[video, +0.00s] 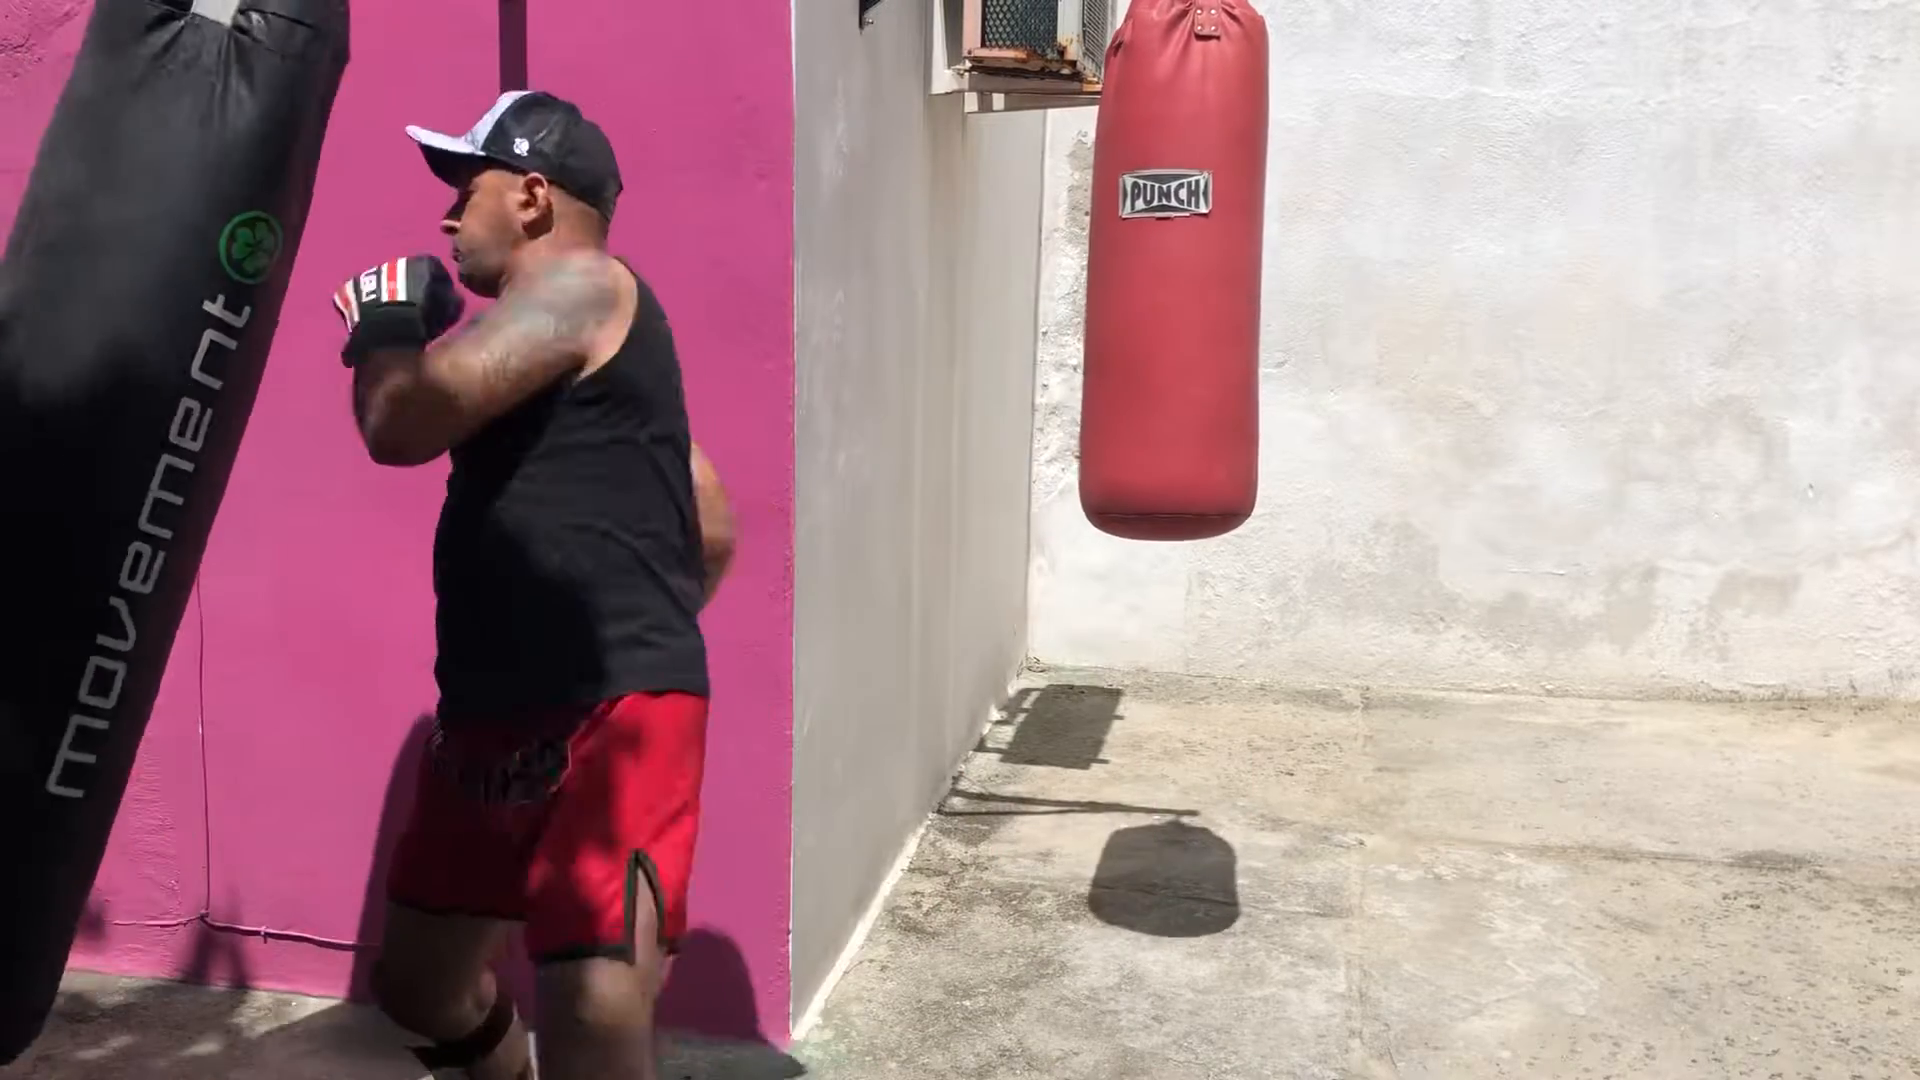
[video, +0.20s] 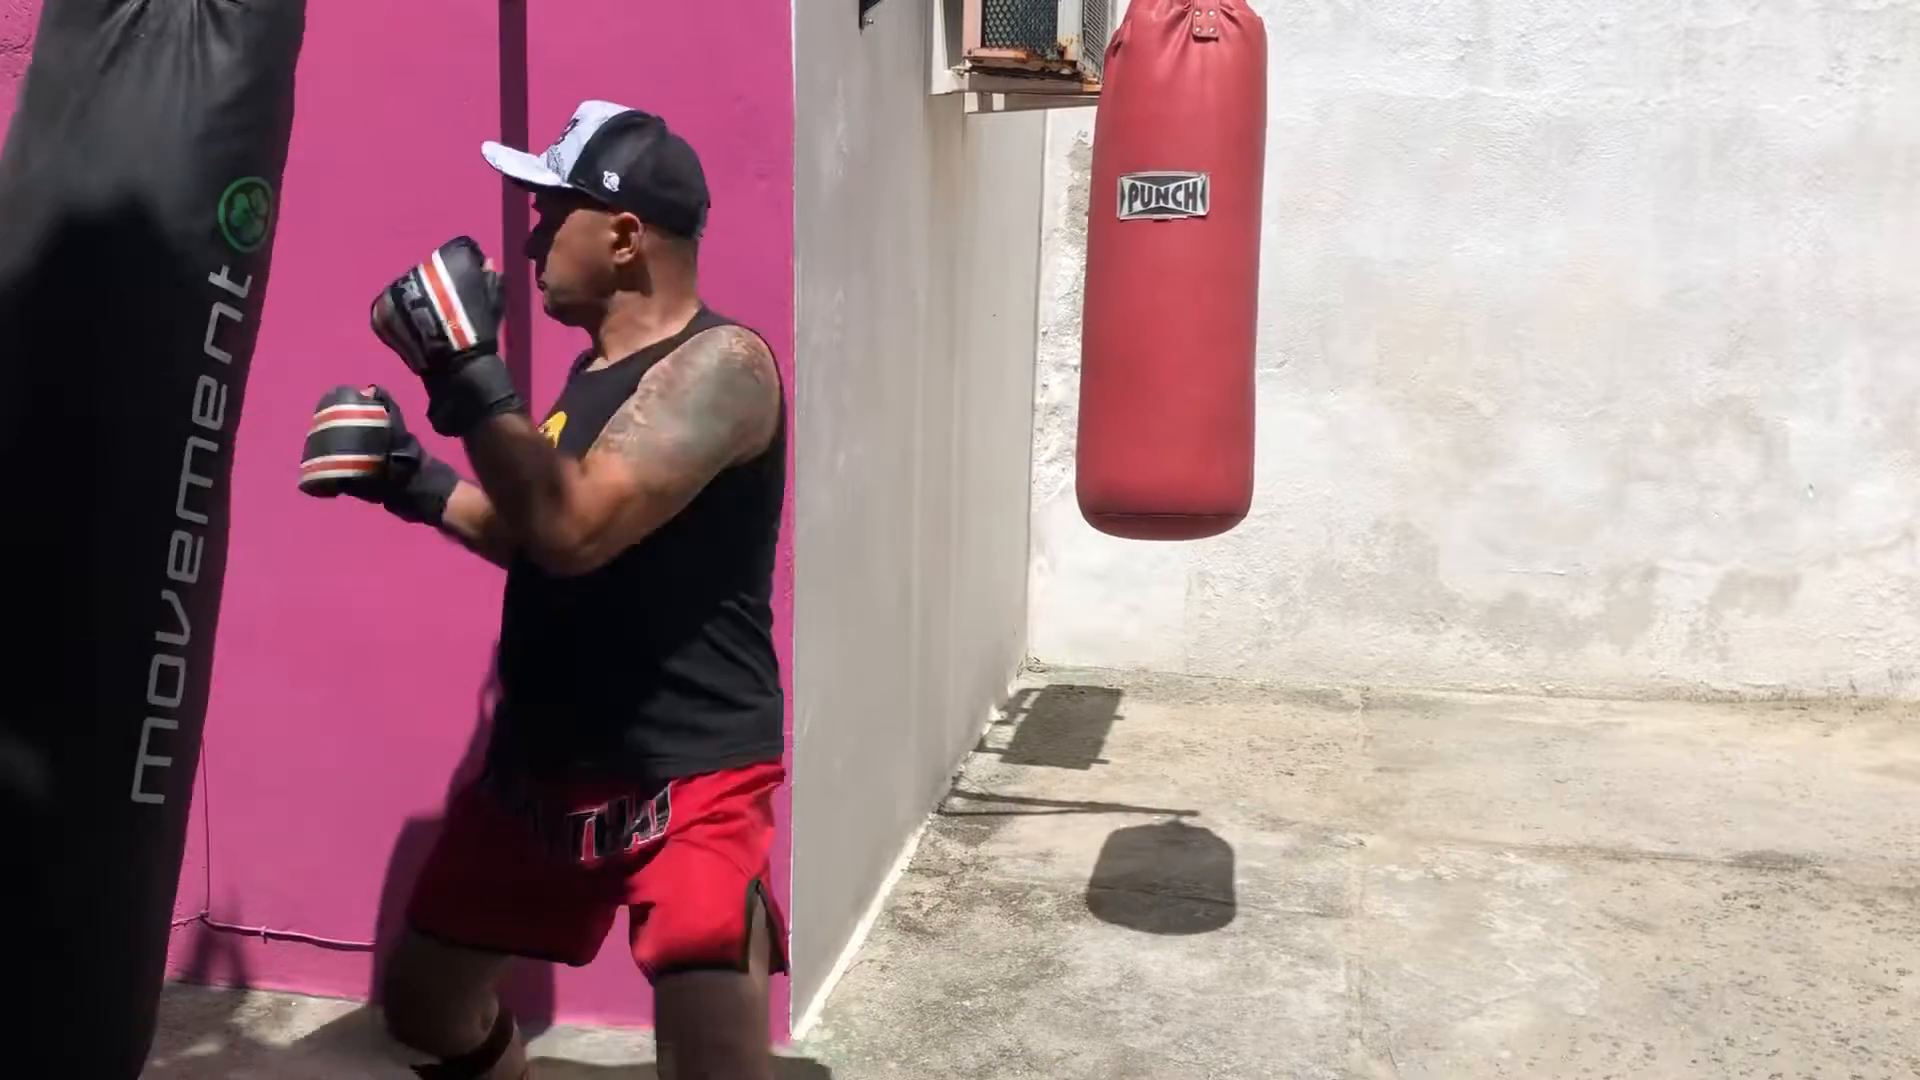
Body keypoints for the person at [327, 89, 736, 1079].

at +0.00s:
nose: (448, 208)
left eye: (467, 184)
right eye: (455, 187)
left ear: (533, 199)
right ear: (537, 202)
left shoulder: (585, 284)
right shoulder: (583, 328)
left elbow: (402, 424)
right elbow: (709, 530)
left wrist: (384, 327)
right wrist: (623, 654)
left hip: (617, 705)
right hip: (501, 702)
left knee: (596, 1023)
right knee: (425, 989)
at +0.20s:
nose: (532, 236)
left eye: (553, 212)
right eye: (539, 211)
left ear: (624, 236)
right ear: (623, 238)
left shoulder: (726, 367)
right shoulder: (593, 374)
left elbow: (571, 530)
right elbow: (541, 541)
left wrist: (466, 372)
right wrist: (414, 479)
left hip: (693, 763)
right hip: (548, 750)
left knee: (709, 1041)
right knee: (428, 1001)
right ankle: (496, 1063)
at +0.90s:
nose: (955, 174)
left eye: (975, 146)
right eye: (959, 145)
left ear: (1054, 161)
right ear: (1050, 160)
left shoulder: (1150, 301)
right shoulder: (1029, 285)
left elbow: (989, 488)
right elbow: (985, 420)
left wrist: (886, 320)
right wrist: (877, 307)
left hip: (1111, 717)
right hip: (1001, 699)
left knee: (1108, 1037)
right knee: (988, 964)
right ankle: (1100, 1066)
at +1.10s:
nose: (971, 195)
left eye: (990, 168)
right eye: (973, 168)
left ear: (1065, 182)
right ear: (1063, 183)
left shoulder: (1148, 315)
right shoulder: (1080, 308)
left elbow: (1015, 505)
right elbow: (1013, 442)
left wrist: (918, 344)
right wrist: (917, 341)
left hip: (1137, 718)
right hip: (1089, 710)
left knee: (1065, 1040)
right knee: (1157, 1000)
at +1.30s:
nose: (965, 188)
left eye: (982, 160)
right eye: (968, 160)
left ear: (1055, 172)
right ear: (1056, 174)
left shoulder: (1122, 311)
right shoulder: (1100, 293)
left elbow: (974, 501)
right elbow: (1091, 486)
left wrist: (872, 342)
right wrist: (981, 415)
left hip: (1107, 729)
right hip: (1110, 715)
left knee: (1057, 1042)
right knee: (1142, 993)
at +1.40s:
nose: (941, 183)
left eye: (958, 154)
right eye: (946, 155)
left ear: (1026, 165)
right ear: (1037, 164)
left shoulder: (1082, 315)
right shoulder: (1148, 281)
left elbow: (939, 507)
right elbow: (1208, 486)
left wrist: (842, 347)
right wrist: (1021, 436)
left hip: (1074, 732)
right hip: (1133, 714)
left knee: (1045, 1039)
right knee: (1101, 999)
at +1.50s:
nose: (909, 172)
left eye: (922, 143)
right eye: (913, 144)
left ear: (983, 151)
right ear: (1010, 149)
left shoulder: (1043, 300)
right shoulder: (1137, 271)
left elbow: (901, 509)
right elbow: (1189, 468)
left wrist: (809, 354)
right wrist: (1033, 462)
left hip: (1059, 733)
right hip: (1099, 710)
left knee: (1058, 1043)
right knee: (985, 945)